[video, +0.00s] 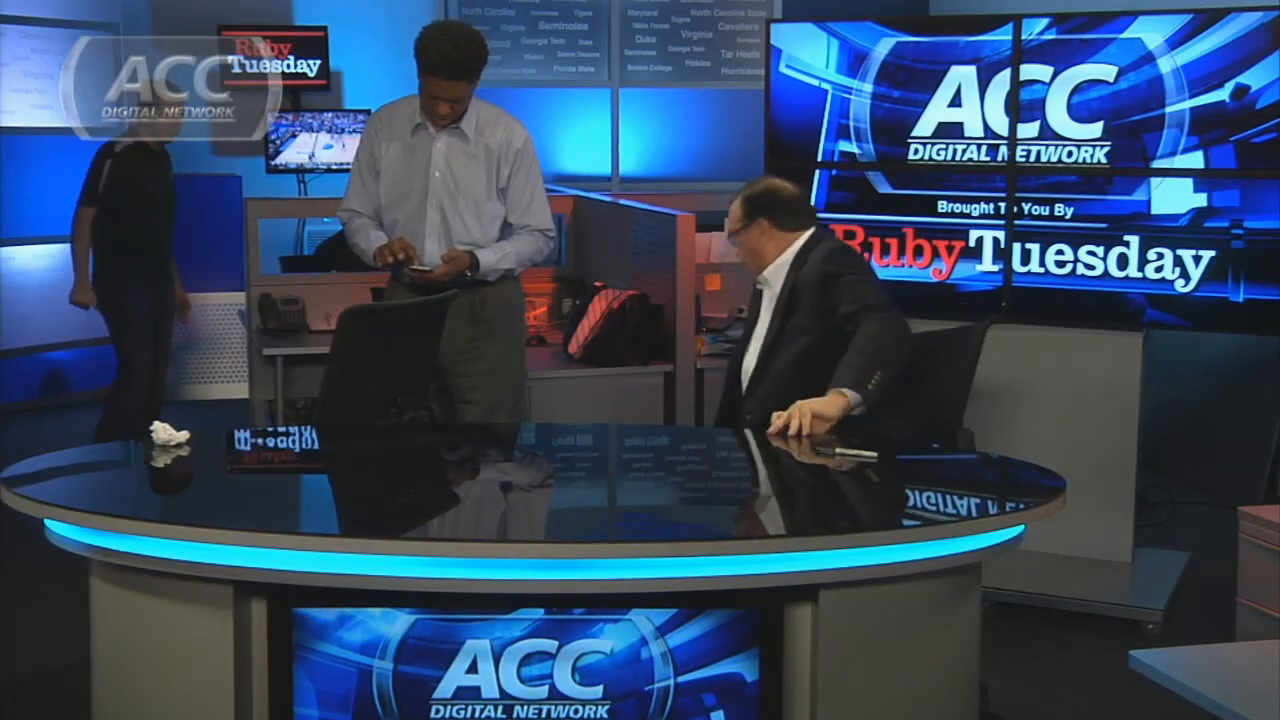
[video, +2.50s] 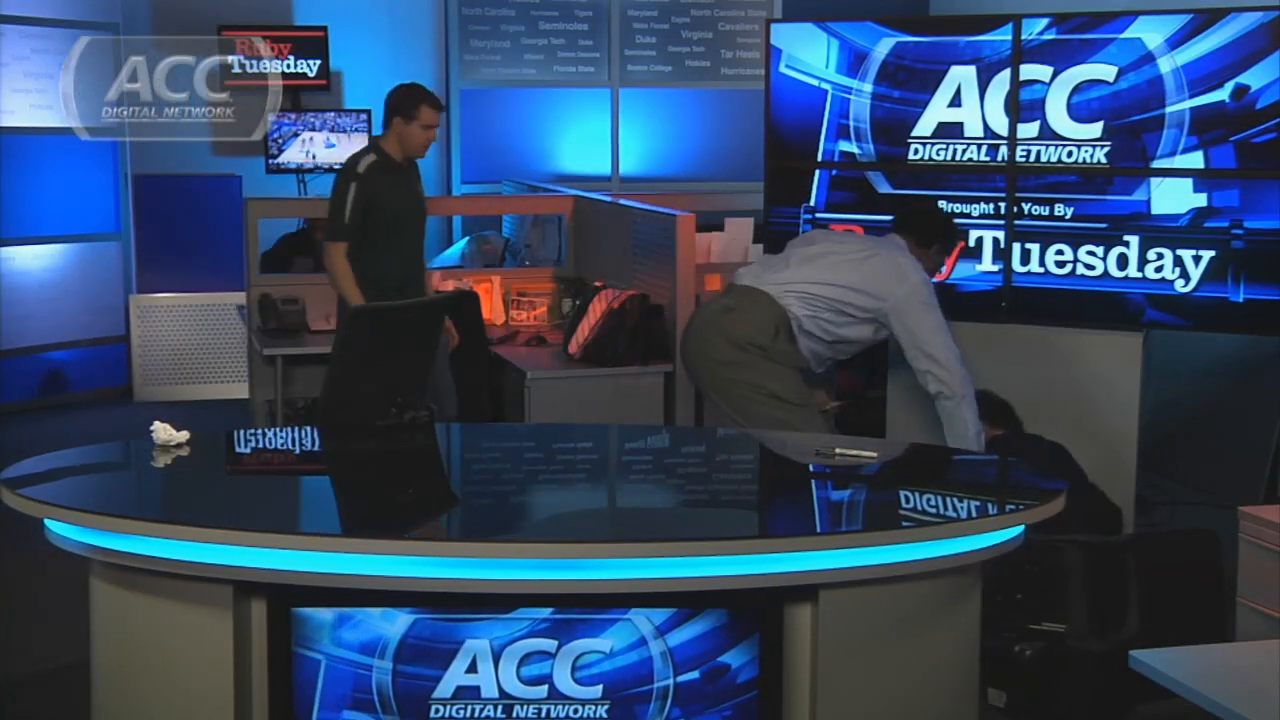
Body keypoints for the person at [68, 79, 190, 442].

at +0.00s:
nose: (176, 122)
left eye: (179, 114)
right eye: (170, 113)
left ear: (178, 117)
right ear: (150, 113)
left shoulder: (162, 159)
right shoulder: (113, 153)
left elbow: (160, 235)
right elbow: (83, 218)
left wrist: (175, 286)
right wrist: (82, 281)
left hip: (157, 281)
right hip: (119, 280)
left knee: (154, 371)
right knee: (136, 368)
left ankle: (141, 453)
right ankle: (110, 455)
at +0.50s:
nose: (180, 122)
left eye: (185, 114)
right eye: (172, 114)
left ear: (190, 117)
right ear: (153, 116)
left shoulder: (191, 161)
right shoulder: (122, 163)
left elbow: (197, 229)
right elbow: (98, 234)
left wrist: (208, 289)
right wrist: (100, 299)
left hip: (188, 291)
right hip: (141, 292)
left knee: (187, 382)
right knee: (152, 386)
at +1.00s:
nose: (202, 121)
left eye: (204, 112)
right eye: (194, 112)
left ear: (208, 115)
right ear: (174, 115)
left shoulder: (212, 159)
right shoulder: (140, 164)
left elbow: (219, 226)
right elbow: (123, 239)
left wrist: (232, 286)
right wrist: (151, 291)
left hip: (213, 294)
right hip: (163, 299)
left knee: (232, 390)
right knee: (170, 397)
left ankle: (242, 470)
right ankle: (173, 480)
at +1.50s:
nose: (290, 131)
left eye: (293, 123)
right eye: (283, 122)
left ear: (289, 125)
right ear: (259, 120)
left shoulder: (279, 165)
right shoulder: (217, 165)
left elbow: (276, 236)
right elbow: (191, 239)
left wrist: (285, 293)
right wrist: (225, 296)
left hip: (276, 304)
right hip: (231, 306)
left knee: (280, 396)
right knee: (230, 398)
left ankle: (276, 474)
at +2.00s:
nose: (361, 141)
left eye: (363, 133)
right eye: (354, 132)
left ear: (331, 131)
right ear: (326, 129)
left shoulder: (344, 177)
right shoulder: (284, 175)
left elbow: (346, 250)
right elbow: (252, 246)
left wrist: (367, 307)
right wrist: (251, 319)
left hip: (335, 309)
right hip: (294, 310)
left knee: (335, 403)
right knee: (308, 404)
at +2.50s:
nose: (433, 137)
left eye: (435, 129)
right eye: (427, 128)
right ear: (398, 123)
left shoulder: (410, 171)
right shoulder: (358, 171)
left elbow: (412, 256)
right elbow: (334, 254)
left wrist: (436, 316)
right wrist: (364, 316)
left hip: (412, 323)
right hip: (373, 326)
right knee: (368, 424)